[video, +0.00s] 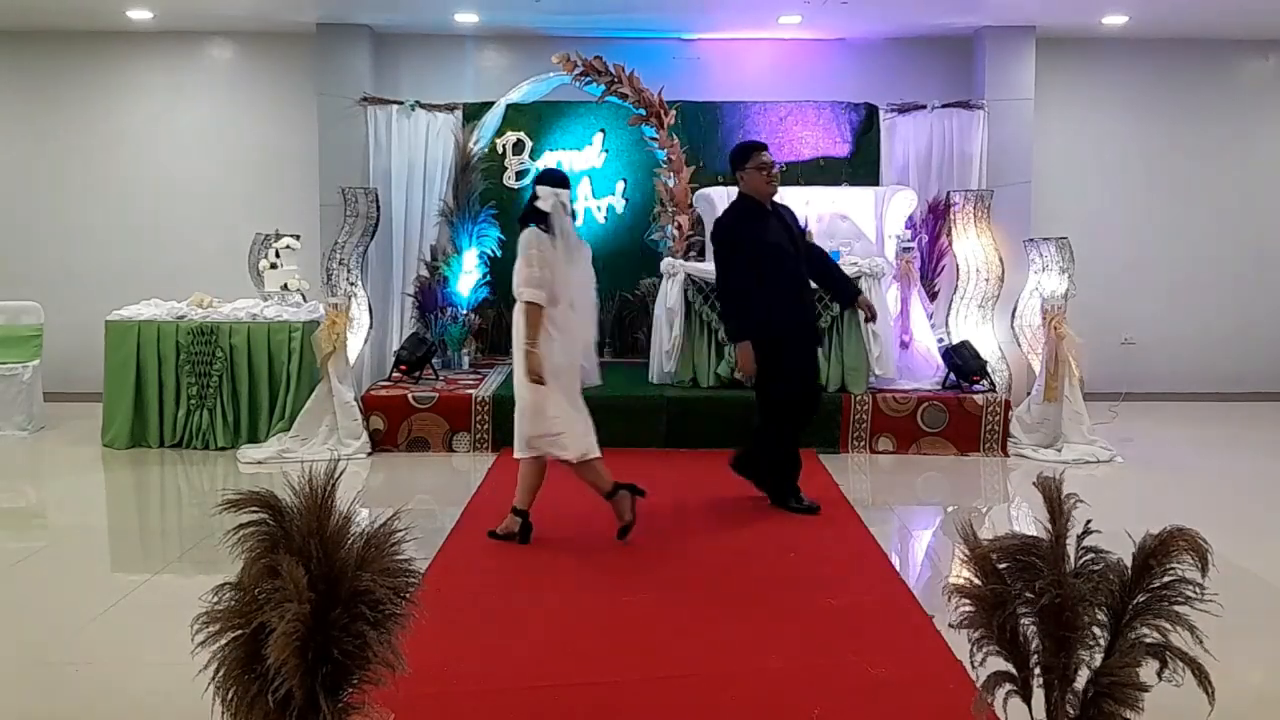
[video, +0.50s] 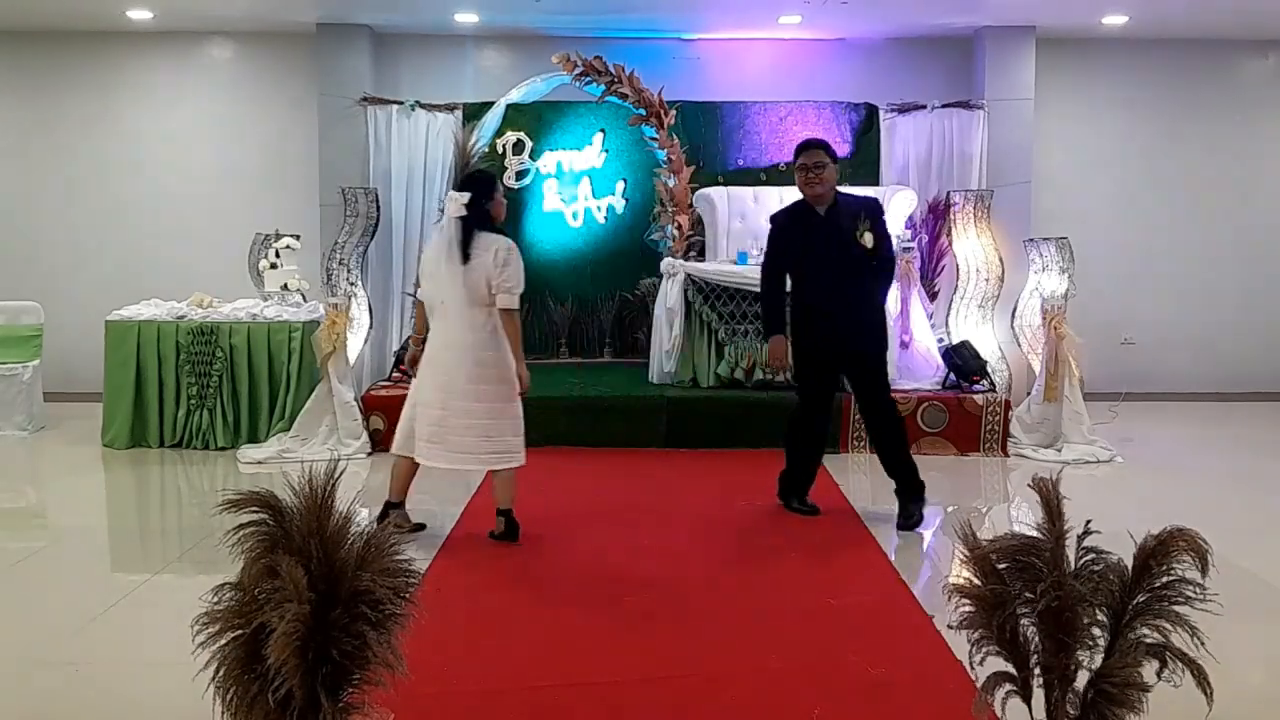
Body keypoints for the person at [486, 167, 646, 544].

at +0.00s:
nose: (537, 202)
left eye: (538, 196)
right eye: (543, 196)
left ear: (537, 198)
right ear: (567, 200)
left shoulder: (533, 237)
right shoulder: (577, 244)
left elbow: (533, 299)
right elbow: (582, 302)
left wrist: (531, 350)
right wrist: (580, 353)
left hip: (541, 353)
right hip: (565, 353)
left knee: (557, 433)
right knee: (534, 437)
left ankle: (616, 494)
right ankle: (518, 517)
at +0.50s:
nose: (505, 202)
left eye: (503, 196)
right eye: (500, 197)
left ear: (463, 203)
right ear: (486, 203)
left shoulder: (436, 245)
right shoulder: (502, 248)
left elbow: (422, 304)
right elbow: (508, 312)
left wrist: (416, 343)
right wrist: (520, 363)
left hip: (439, 356)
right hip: (487, 359)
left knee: (414, 428)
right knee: (502, 434)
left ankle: (393, 509)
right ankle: (504, 520)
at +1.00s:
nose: (461, 198)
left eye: (459, 192)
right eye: (454, 192)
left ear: (434, 197)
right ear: (436, 197)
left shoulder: (426, 232)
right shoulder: (422, 234)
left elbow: (408, 292)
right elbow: (401, 292)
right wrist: (407, 349)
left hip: (418, 341)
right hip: (419, 343)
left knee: (405, 421)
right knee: (427, 426)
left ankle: (389, 505)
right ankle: (392, 509)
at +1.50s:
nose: (461, 202)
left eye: (460, 195)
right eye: (456, 196)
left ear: (430, 200)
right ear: (437, 201)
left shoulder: (415, 238)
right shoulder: (435, 242)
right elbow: (443, 305)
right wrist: (477, 342)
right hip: (421, 343)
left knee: (459, 419)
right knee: (405, 426)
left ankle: (469, 502)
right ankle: (381, 513)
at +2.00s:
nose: (504, 201)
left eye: (502, 194)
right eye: (499, 195)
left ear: (474, 198)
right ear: (483, 198)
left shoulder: (462, 232)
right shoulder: (482, 236)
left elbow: (460, 296)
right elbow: (472, 297)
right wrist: (475, 352)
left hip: (467, 340)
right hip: (481, 341)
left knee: (468, 423)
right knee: (482, 423)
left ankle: (473, 506)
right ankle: (419, 470)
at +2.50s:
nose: (546, 204)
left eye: (544, 197)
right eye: (540, 198)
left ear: (529, 203)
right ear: (521, 204)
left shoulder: (541, 241)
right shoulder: (510, 245)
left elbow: (571, 254)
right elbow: (485, 297)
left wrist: (597, 272)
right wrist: (479, 351)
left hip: (535, 344)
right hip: (525, 345)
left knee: (503, 419)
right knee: (553, 417)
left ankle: (480, 497)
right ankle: (561, 499)